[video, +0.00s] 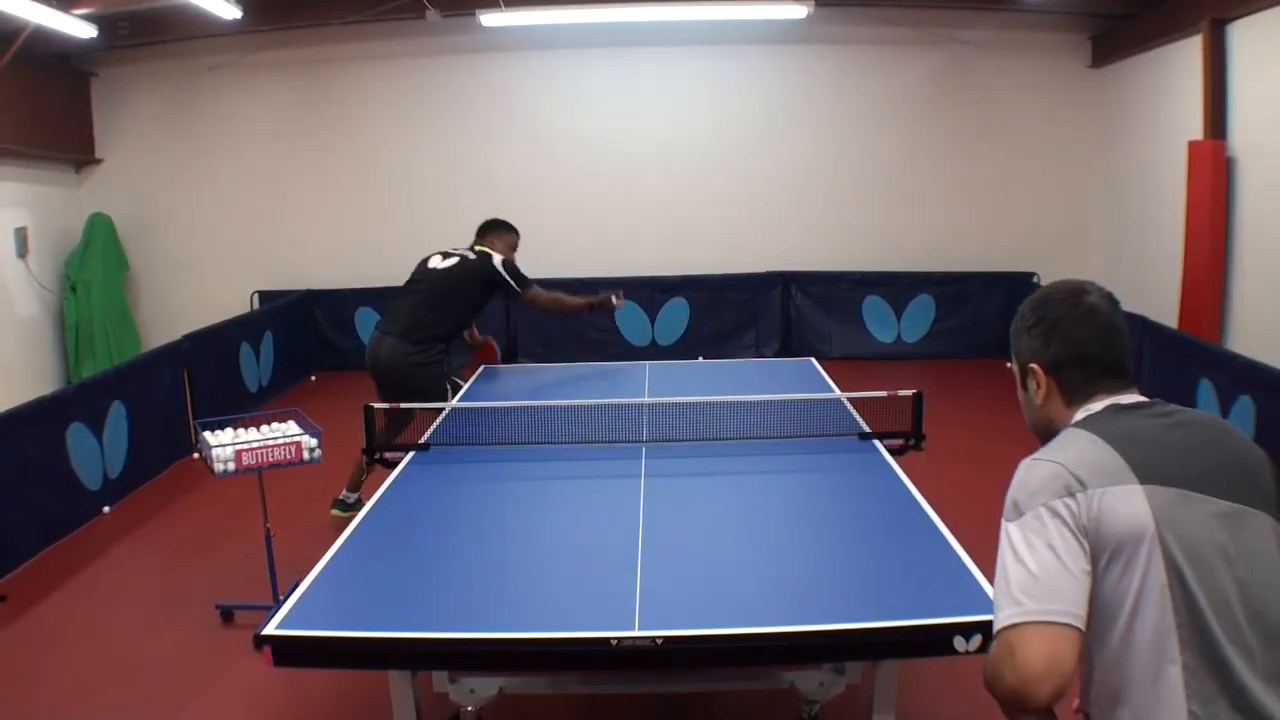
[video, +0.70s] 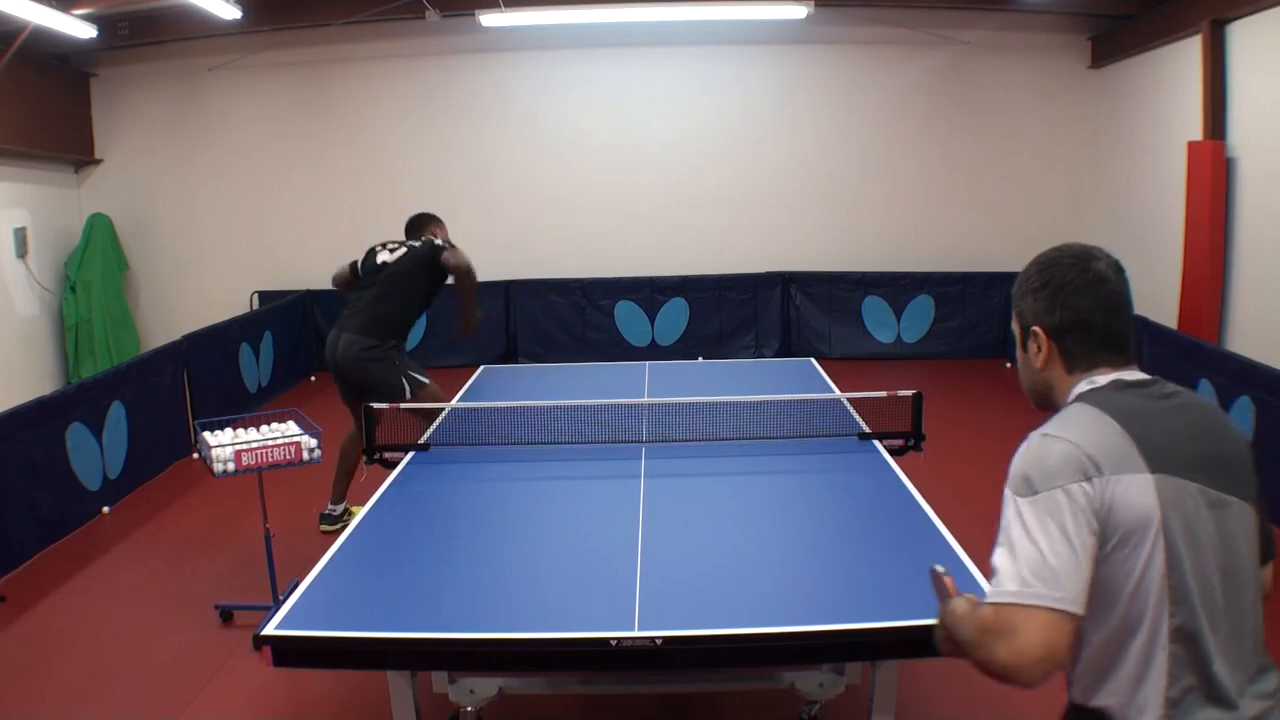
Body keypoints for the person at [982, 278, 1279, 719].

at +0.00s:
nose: (1019, 394)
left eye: (1017, 378)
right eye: (1016, 377)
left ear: (1038, 382)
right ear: (1124, 362)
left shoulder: (1060, 471)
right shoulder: (1241, 447)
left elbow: (1034, 678)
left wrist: (1003, 670)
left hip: (1146, 709)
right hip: (1264, 705)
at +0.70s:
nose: (1017, 360)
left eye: (1017, 342)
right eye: (1016, 343)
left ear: (1040, 346)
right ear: (1125, 333)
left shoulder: (1065, 448)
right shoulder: (1216, 424)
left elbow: (1028, 653)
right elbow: (1260, 573)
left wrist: (962, 620)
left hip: (1130, 708)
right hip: (1256, 701)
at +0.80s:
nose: (1001, 358)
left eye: (1000, 341)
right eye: (999, 340)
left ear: (1022, 344)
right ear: (1106, 329)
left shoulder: (1038, 446)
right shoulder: (1208, 431)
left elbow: (971, 645)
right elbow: (1256, 589)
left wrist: (914, 606)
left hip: (1092, 707)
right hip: (1226, 706)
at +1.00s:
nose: (992, 332)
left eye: (991, 316)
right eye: (990, 315)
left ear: (1012, 317)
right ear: (1091, 301)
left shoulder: (1019, 418)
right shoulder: (1199, 401)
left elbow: (922, 598)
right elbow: (1254, 549)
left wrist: (880, 571)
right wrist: (1160, 586)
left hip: (1084, 703)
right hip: (1212, 700)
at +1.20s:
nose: (977, 339)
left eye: (976, 323)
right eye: (976, 323)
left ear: (994, 323)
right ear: (1070, 310)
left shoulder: (1005, 417)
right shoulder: (1163, 393)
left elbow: (880, 560)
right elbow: (1215, 519)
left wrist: (872, 525)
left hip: (1065, 698)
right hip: (1184, 694)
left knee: (970, 707)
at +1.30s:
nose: (940, 338)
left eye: (940, 322)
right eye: (940, 323)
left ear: (957, 324)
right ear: (1030, 309)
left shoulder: (958, 404)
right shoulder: (1124, 387)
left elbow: (815, 523)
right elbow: (1185, 504)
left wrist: (861, 531)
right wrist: (1094, 533)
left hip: (1021, 688)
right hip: (1143, 687)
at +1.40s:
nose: (893, 351)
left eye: (892, 342)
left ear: (903, 345)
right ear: (984, 335)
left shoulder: (882, 423)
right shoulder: (1068, 405)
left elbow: (748, 510)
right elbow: (1156, 514)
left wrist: (815, 518)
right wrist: (1117, 542)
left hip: (952, 694)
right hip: (1079, 692)